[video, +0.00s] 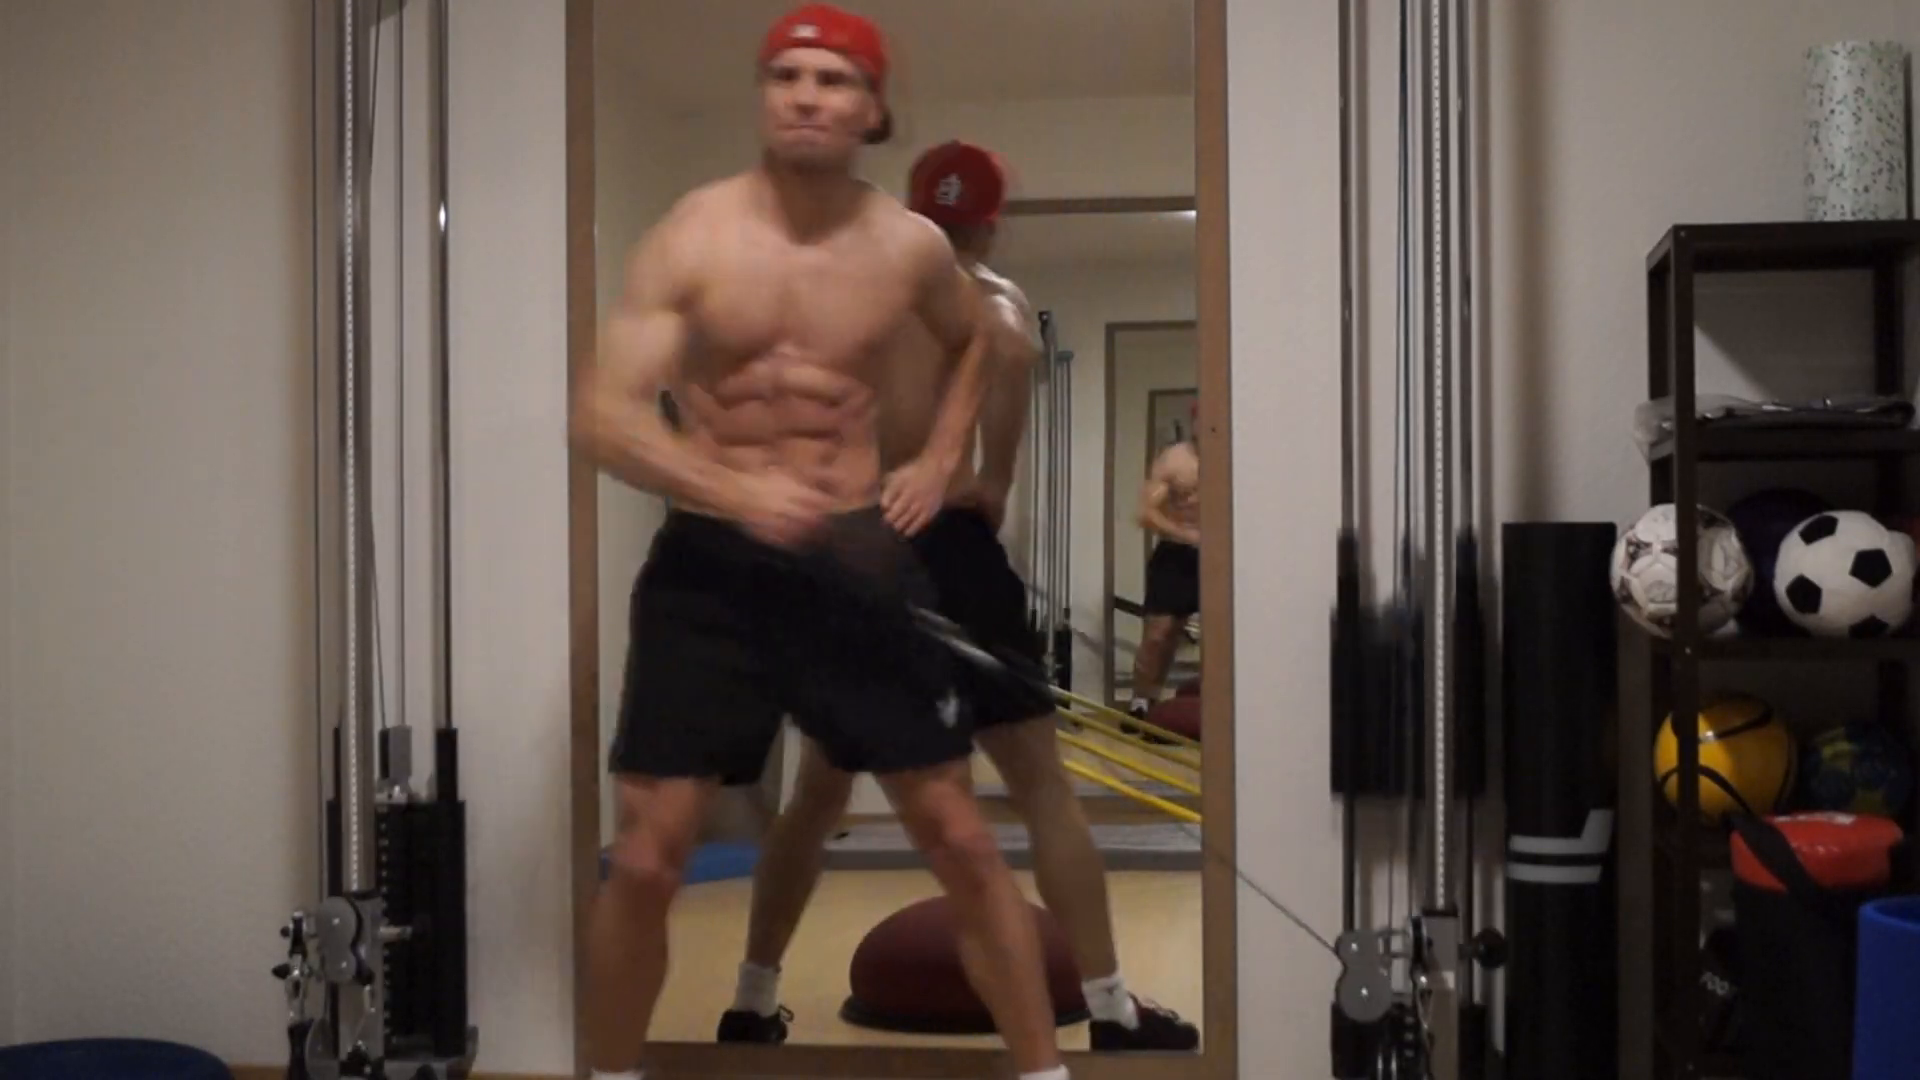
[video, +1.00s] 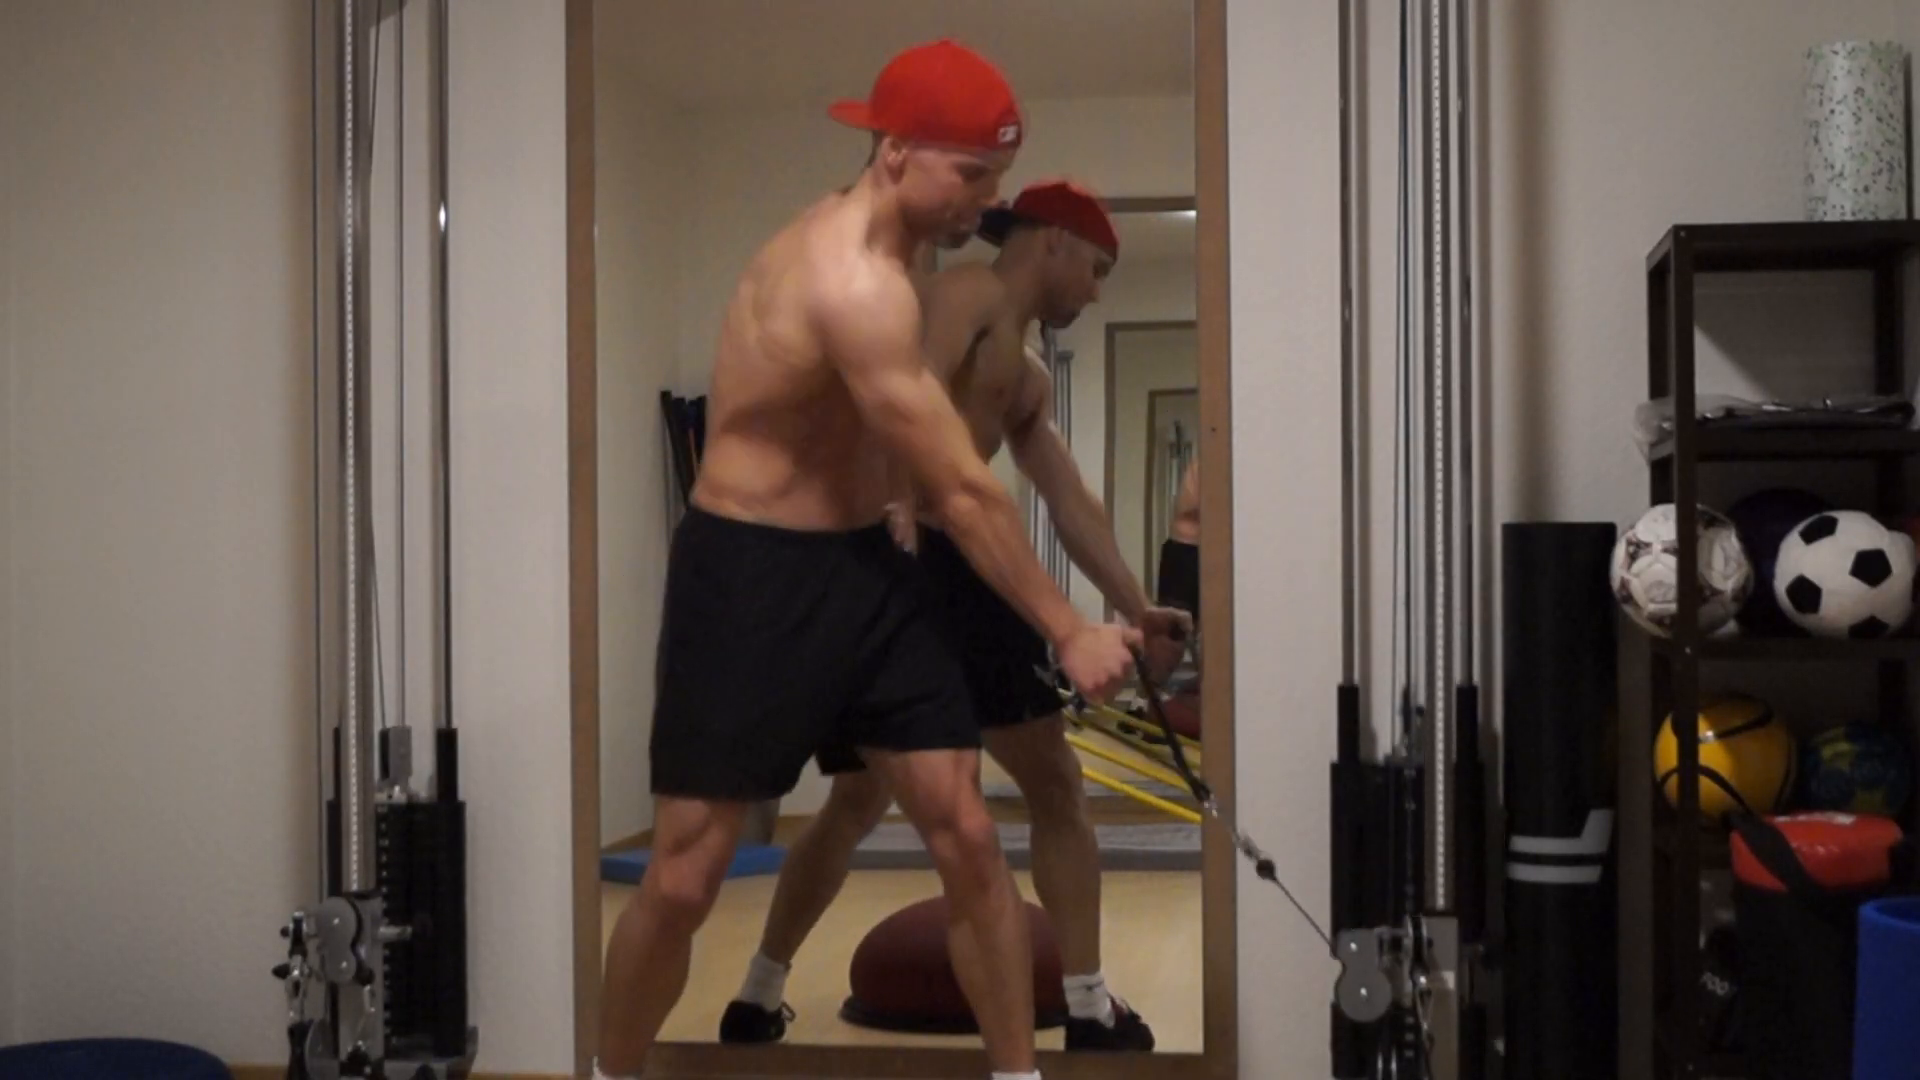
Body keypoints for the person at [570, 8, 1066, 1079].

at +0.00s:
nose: (803, 97)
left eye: (832, 82)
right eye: (785, 79)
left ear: (873, 116)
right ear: (759, 103)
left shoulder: (911, 248)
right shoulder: (692, 236)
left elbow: (975, 341)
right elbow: (602, 415)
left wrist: (939, 460)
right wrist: (735, 487)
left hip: (860, 570)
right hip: (711, 571)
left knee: (961, 839)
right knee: (646, 860)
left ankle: (1044, 1072)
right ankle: (607, 1075)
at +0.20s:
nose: (690, 96)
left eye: (721, 78)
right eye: (680, 74)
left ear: (779, 100)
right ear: (664, 89)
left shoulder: (842, 223)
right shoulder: (628, 237)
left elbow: (993, 328)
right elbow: (517, 344)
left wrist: (930, 471)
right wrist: (514, 375)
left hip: (819, 561)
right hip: (678, 559)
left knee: (915, 841)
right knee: (615, 846)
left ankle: (1010, 1071)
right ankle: (609, 1074)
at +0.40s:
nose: (715, 89)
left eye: (746, 71)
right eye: (704, 67)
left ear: (804, 94)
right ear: (686, 83)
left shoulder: (863, 220)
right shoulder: (649, 228)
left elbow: (1009, 333)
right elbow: (520, 352)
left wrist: (942, 476)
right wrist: (584, 407)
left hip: (837, 561)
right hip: (691, 558)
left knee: (924, 843)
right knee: (626, 844)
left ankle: (1004, 1070)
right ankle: (610, 1074)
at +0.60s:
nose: (854, 103)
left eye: (879, 85)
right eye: (833, 77)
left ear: (902, 109)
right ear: (789, 89)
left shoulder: (932, 230)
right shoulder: (722, 224)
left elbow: (987, 351)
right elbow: (653, 413)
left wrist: (964, 477)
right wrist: (812, 488)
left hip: (886, 549)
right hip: (737, 552)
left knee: (966, 837)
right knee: (667, 848)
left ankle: (1018, 1071)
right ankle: (613, 1073)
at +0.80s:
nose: (984, 158)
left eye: (992, 133)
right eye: (966, 128)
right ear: (887, 116)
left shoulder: (919, 258)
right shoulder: (809, 235)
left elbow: (918, 442)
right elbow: (871, 451)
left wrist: (1008, 561)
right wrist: (1008, 565)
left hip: (889, 564)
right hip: (761, 566)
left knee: (975, 832)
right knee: (684, 860)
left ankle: (1021, 1073)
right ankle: (617, 1071)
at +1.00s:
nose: (988, 198)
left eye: (995, 176)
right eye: (976, 173)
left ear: (910, 158)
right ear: (900, 154)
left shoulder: (886, 249)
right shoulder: (846, 276)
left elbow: (845, 407)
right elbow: (960, 490)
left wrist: (893, 500)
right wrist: (1068, 630)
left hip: (866, 570)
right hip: (746, 576)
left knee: (968, 833)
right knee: (683, 880)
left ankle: (1015, 1072)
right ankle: (612, 1071)